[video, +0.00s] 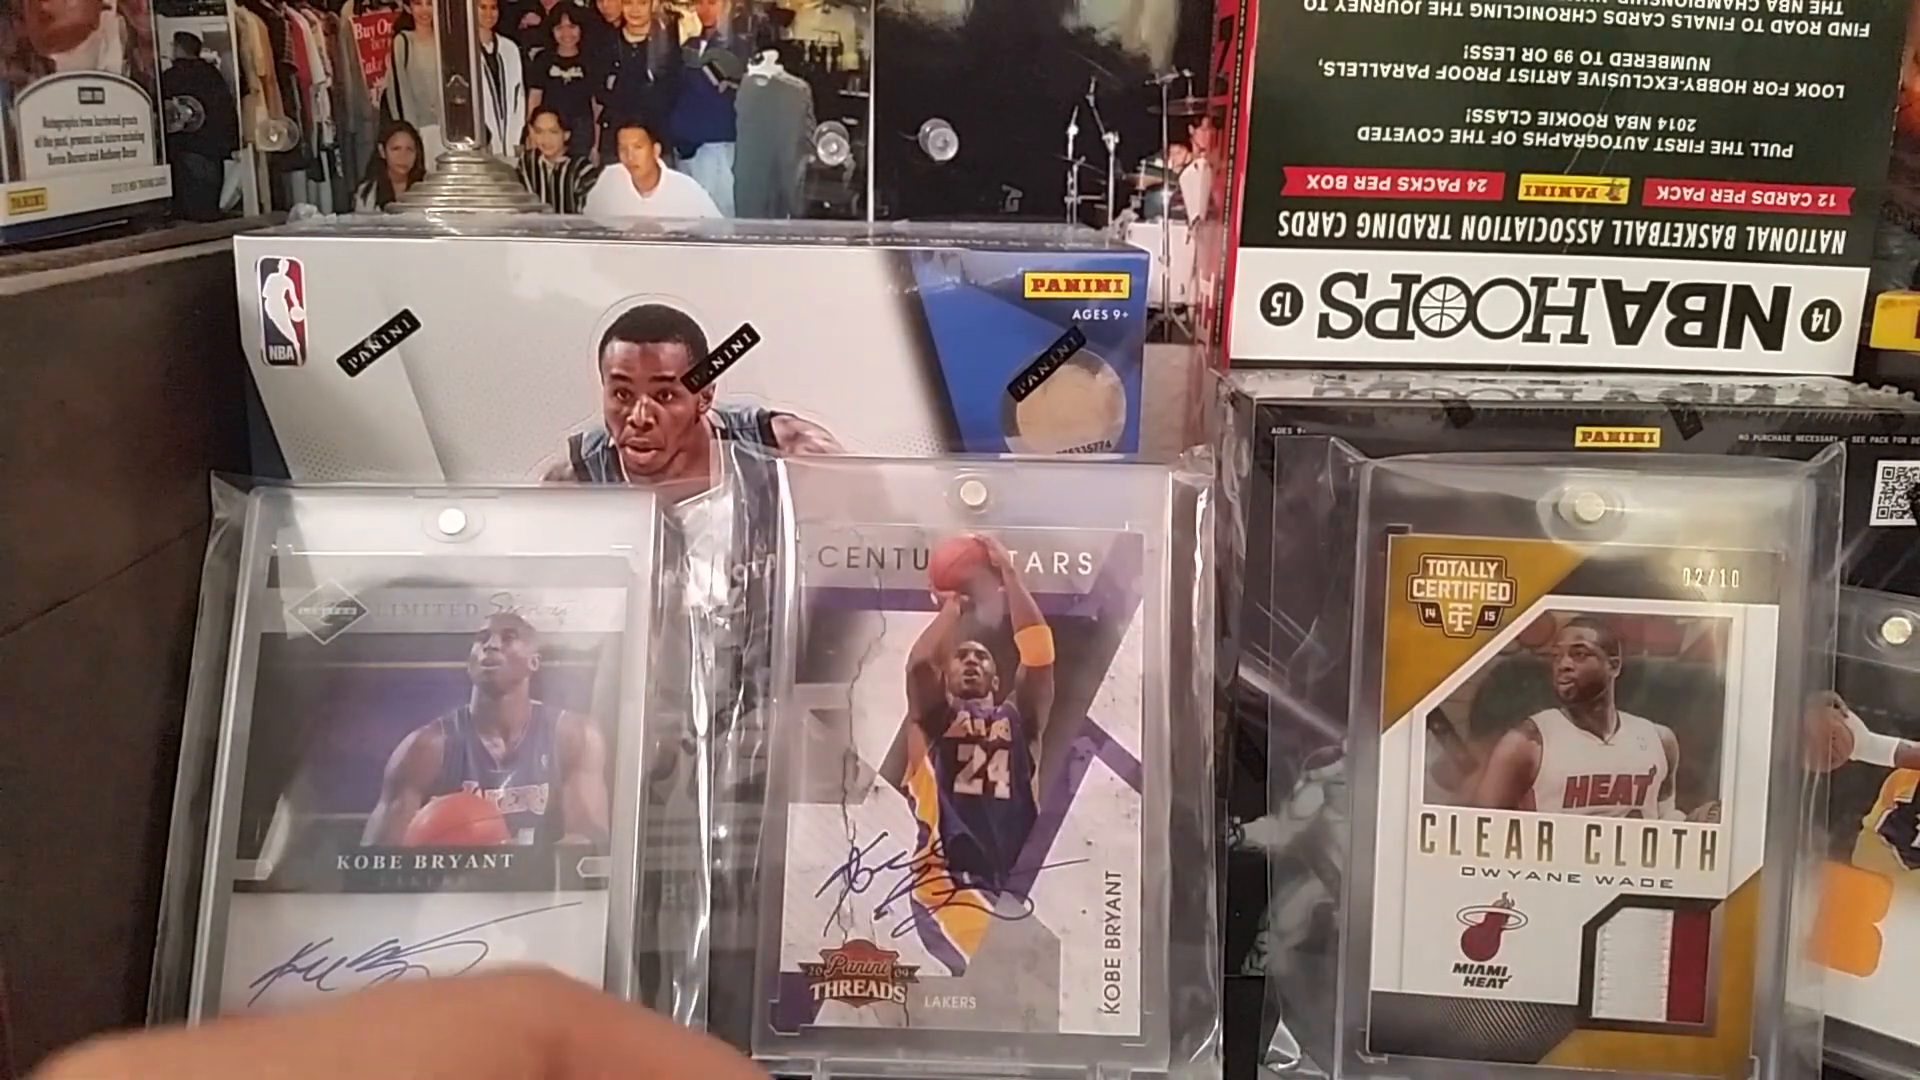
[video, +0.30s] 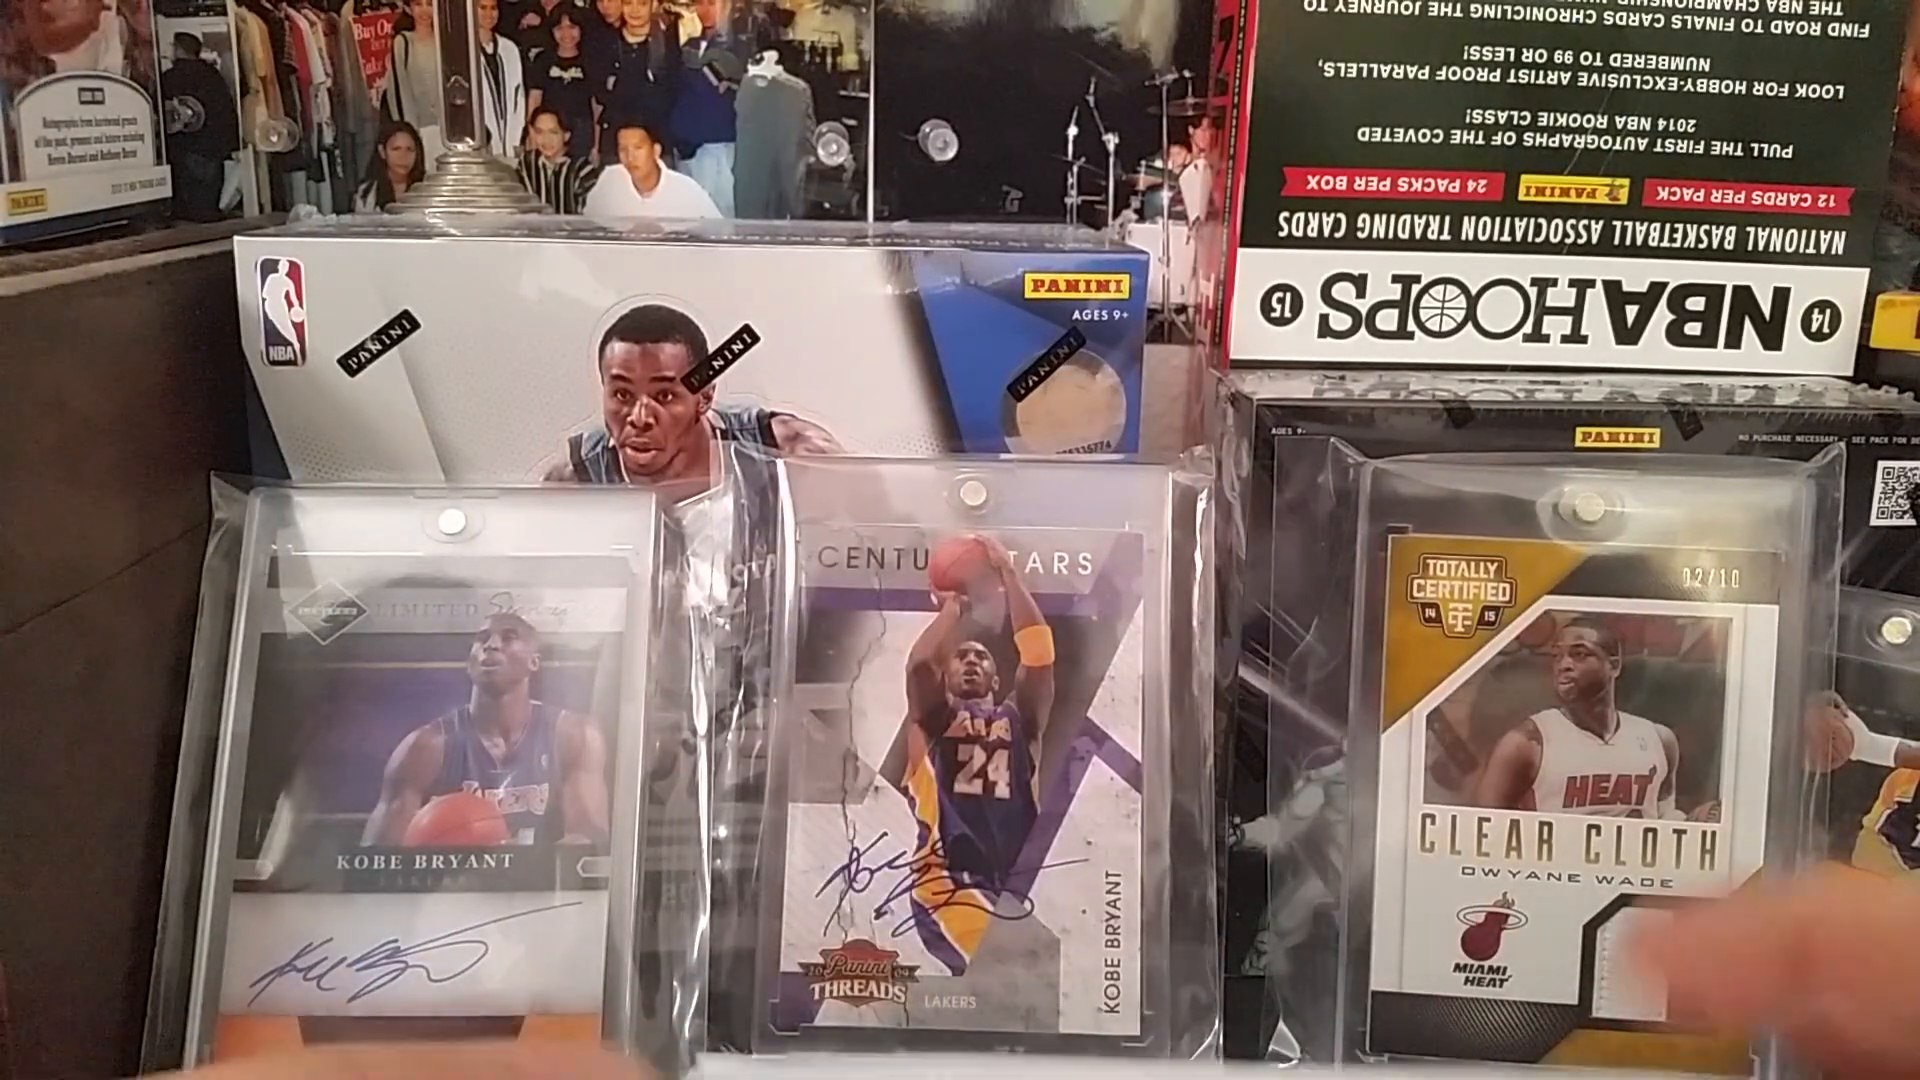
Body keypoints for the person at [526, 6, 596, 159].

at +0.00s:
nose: (565, 33)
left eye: (571, 27)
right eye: (560, 28)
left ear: (580, 31)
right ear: (553, 32)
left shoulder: (590, 62)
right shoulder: (543, 60)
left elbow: (597, 104)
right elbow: (534, 97)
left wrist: (596, 145)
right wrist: (531, 134)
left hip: (581, 131)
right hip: (549, 133)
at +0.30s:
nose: (566, 33)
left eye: (571, 27)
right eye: (560, 28)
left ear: (580, 31)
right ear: (553, 32)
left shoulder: (589, 61)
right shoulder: (543, 60)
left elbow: (597, 105)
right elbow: (534, 98)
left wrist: (596, 146)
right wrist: (531, 135)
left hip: (581, 132)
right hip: (549, 134)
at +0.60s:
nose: (566, 33)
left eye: (572, 27)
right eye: (560, 28)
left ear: (580, 32)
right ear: (554, 33)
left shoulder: (590, 61)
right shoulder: (543, 60)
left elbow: (597, 105)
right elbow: (534, 99)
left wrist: (596, 146)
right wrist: (531, 135)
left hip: (581, 132)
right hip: (549, 134)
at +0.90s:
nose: (566, 33)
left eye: (572, 27)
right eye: (559, 28)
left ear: (580, 31)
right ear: (553, 33)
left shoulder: (590, 62)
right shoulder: (543, 60)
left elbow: (597, 105)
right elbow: (534, 98)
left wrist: (596, 146)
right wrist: (531, 135)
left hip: (581, 132)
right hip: (549, 133)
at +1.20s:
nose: (566, 33)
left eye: (572, 27)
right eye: (560, 28)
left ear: (580, 31)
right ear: (553, 33)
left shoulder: (589, 62)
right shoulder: (543, 61)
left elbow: (596, 105)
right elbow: (535, 99)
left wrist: (595, 146)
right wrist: (532, 138)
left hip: (581, 135)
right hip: (549, 136)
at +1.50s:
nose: (567, 34)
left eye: (572, 27)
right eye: (560, 28)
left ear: (580, 32)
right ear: (553, 33)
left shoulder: (589, 60)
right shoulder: (543, 60)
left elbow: (597, 105)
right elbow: (535, 99)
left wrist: (596, 146)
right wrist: (533, 139)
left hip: (582, 131)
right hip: (550, 131)